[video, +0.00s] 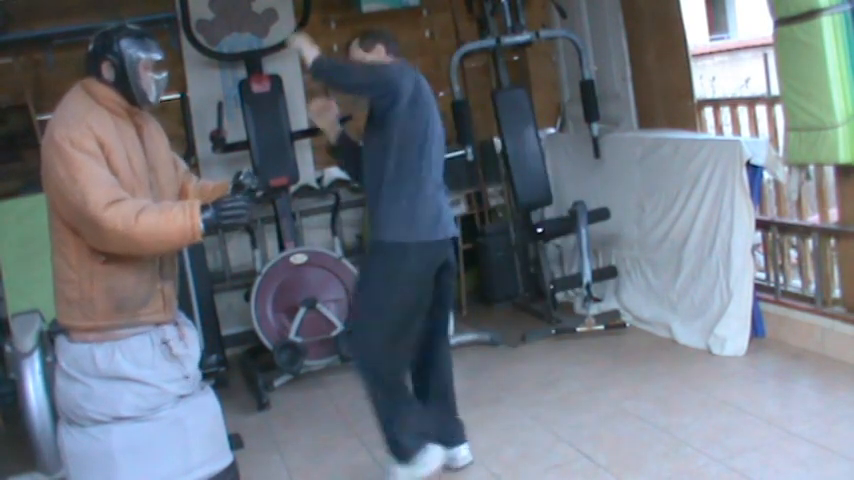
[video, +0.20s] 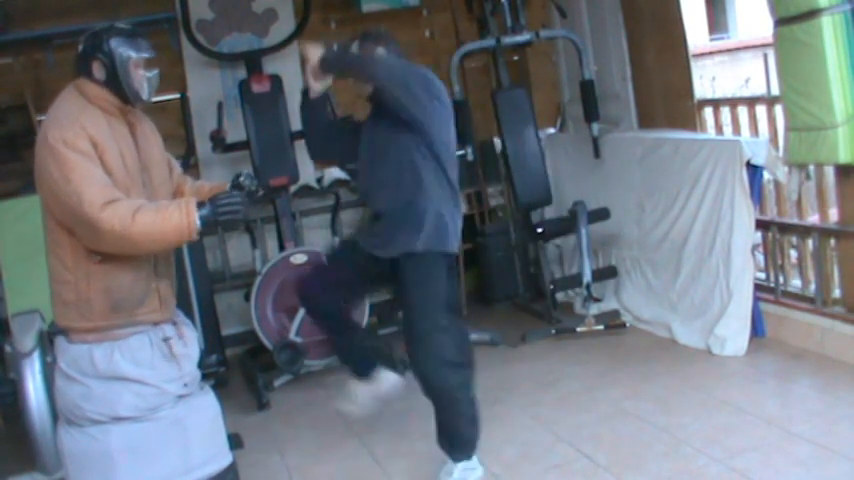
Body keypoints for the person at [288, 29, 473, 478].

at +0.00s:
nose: (356, 70)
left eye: (358, 61)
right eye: (354, 64)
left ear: (381, 52)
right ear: (385, 53)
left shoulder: (399, 79)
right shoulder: (409, 99)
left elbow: (347, 75)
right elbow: (373, 174)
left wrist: (313, 57)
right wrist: (336, 132)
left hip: (404, 240)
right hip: (435, 237)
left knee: (370, 341)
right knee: (429, 344)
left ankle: (413, 449)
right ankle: (452, 441)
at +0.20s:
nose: (363, 70)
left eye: (366, 57)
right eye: (360, 60)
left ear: (386, 55)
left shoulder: (425, 91)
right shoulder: (374, 125)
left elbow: (371, 61)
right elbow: (326, 147)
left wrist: (327, 61)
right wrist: (317, 92)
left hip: (429, 238)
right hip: (384, 237)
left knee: (432, 351)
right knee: (317, 291)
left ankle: (463, 457)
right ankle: (372, 373)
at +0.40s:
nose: (357, 102)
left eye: (360, 91)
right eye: (355, 93)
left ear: (385, 78)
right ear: (384, 81)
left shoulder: (427, 112)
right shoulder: (394, 119)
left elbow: (374, 150)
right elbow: (366, 195)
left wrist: (320, 140)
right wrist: (340, 161)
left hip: (409, 246)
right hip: (368, 232)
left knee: (399, 355)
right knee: (280, 226)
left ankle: (456, 460)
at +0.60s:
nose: (368, 86)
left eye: (372, 75)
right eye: (366, 78)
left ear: (399, 62)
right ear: (391, 67)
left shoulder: (440, 97)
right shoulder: (408, 111)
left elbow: (420, 148)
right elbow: (386, 180)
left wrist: (349, 127)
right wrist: (350, 153)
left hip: (441, 240)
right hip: (400, 231)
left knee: (430, 353)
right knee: (322, 261)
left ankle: (453, 459)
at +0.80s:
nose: (394, 81)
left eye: (399, 71)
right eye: (392, 74)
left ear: (426, 62)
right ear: (413, 69)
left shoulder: (468, 98)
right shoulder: (414, 113)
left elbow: (449, 140)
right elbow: (389, 177)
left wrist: (388, 107)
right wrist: (375, 128)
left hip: (465, 240)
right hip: (429, 245)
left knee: (449, 348)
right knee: (443, 343)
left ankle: (456, 459)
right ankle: (508, 383)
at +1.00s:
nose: (401, 82)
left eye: (404, 72)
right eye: (397, 75)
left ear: (429, 61)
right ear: (412, 69)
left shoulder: (462, 84)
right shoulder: (434, 101)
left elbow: (480, 132)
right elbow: (433, 173)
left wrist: (414, 115)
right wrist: (402, 129)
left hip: (494, 221)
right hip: (474, 224)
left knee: (461, 323)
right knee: (500, 309)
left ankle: (490, 434)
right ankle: (539, 391)